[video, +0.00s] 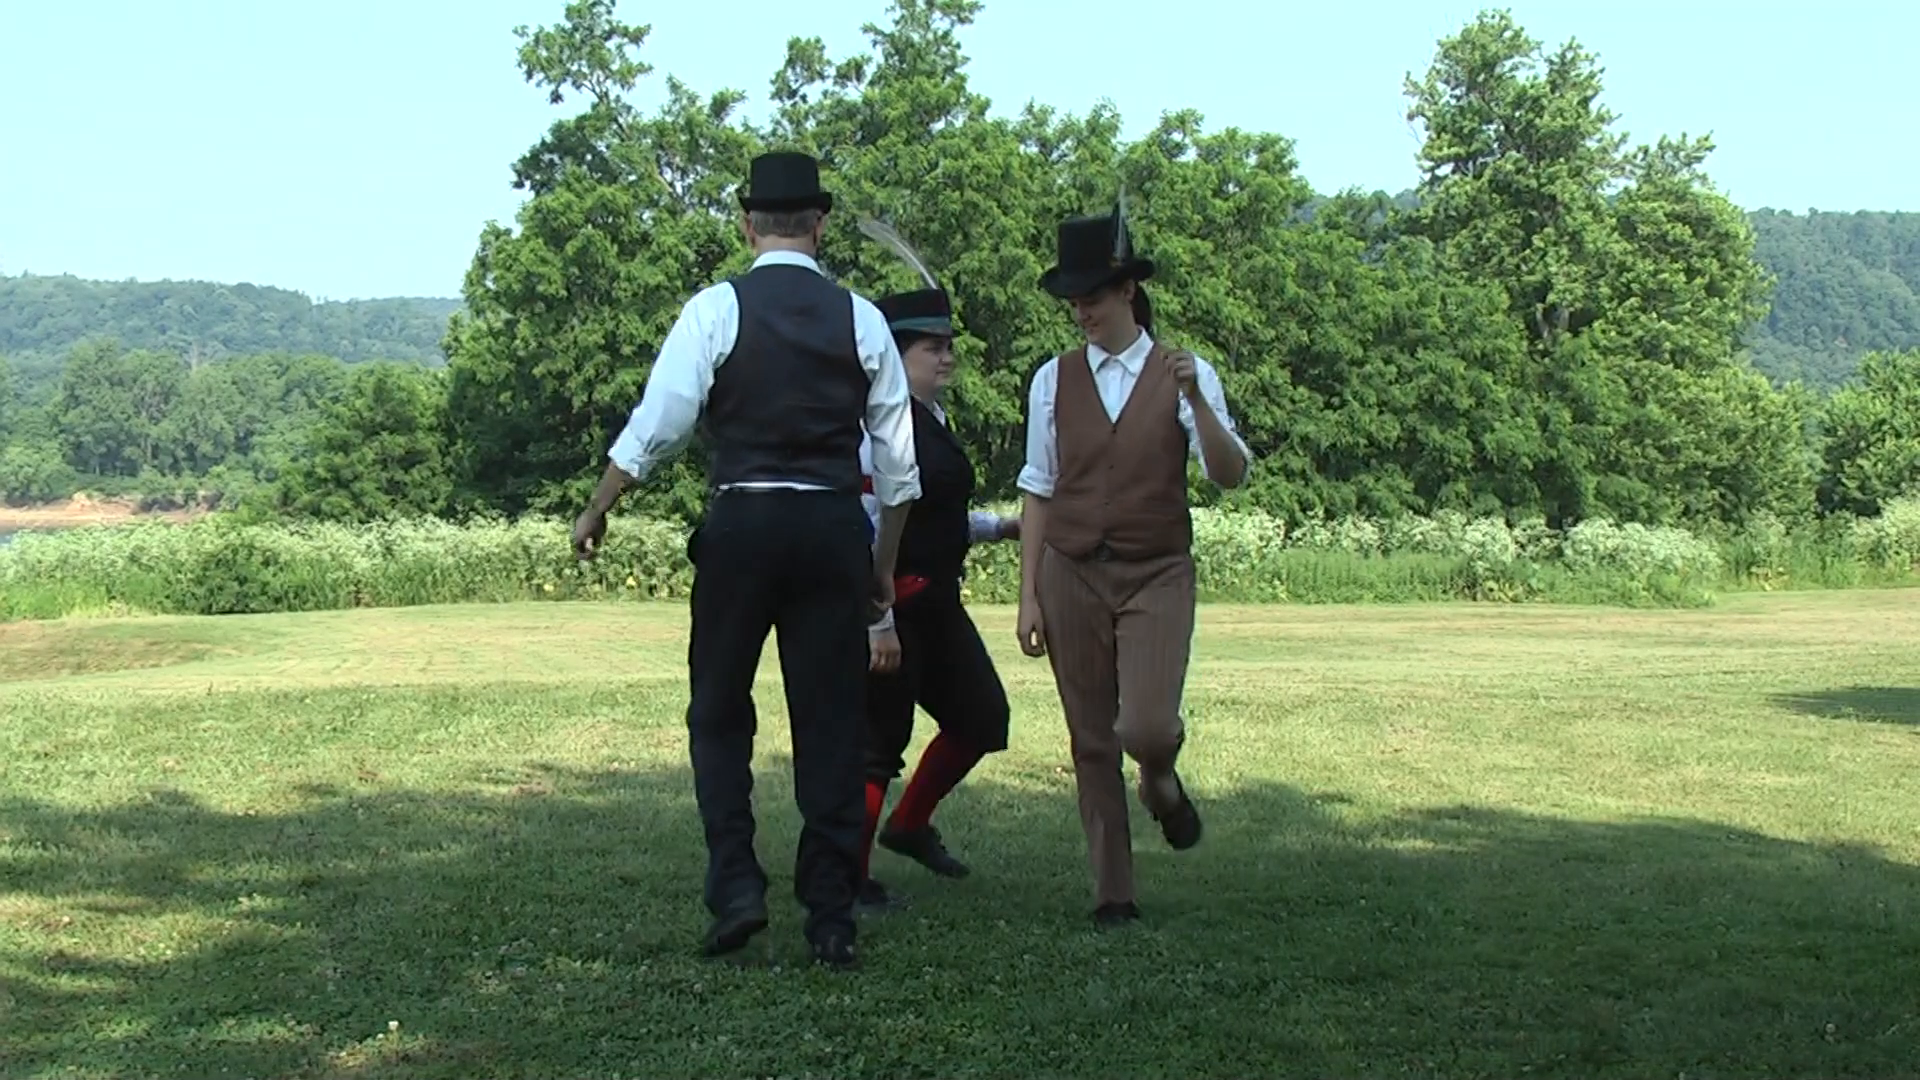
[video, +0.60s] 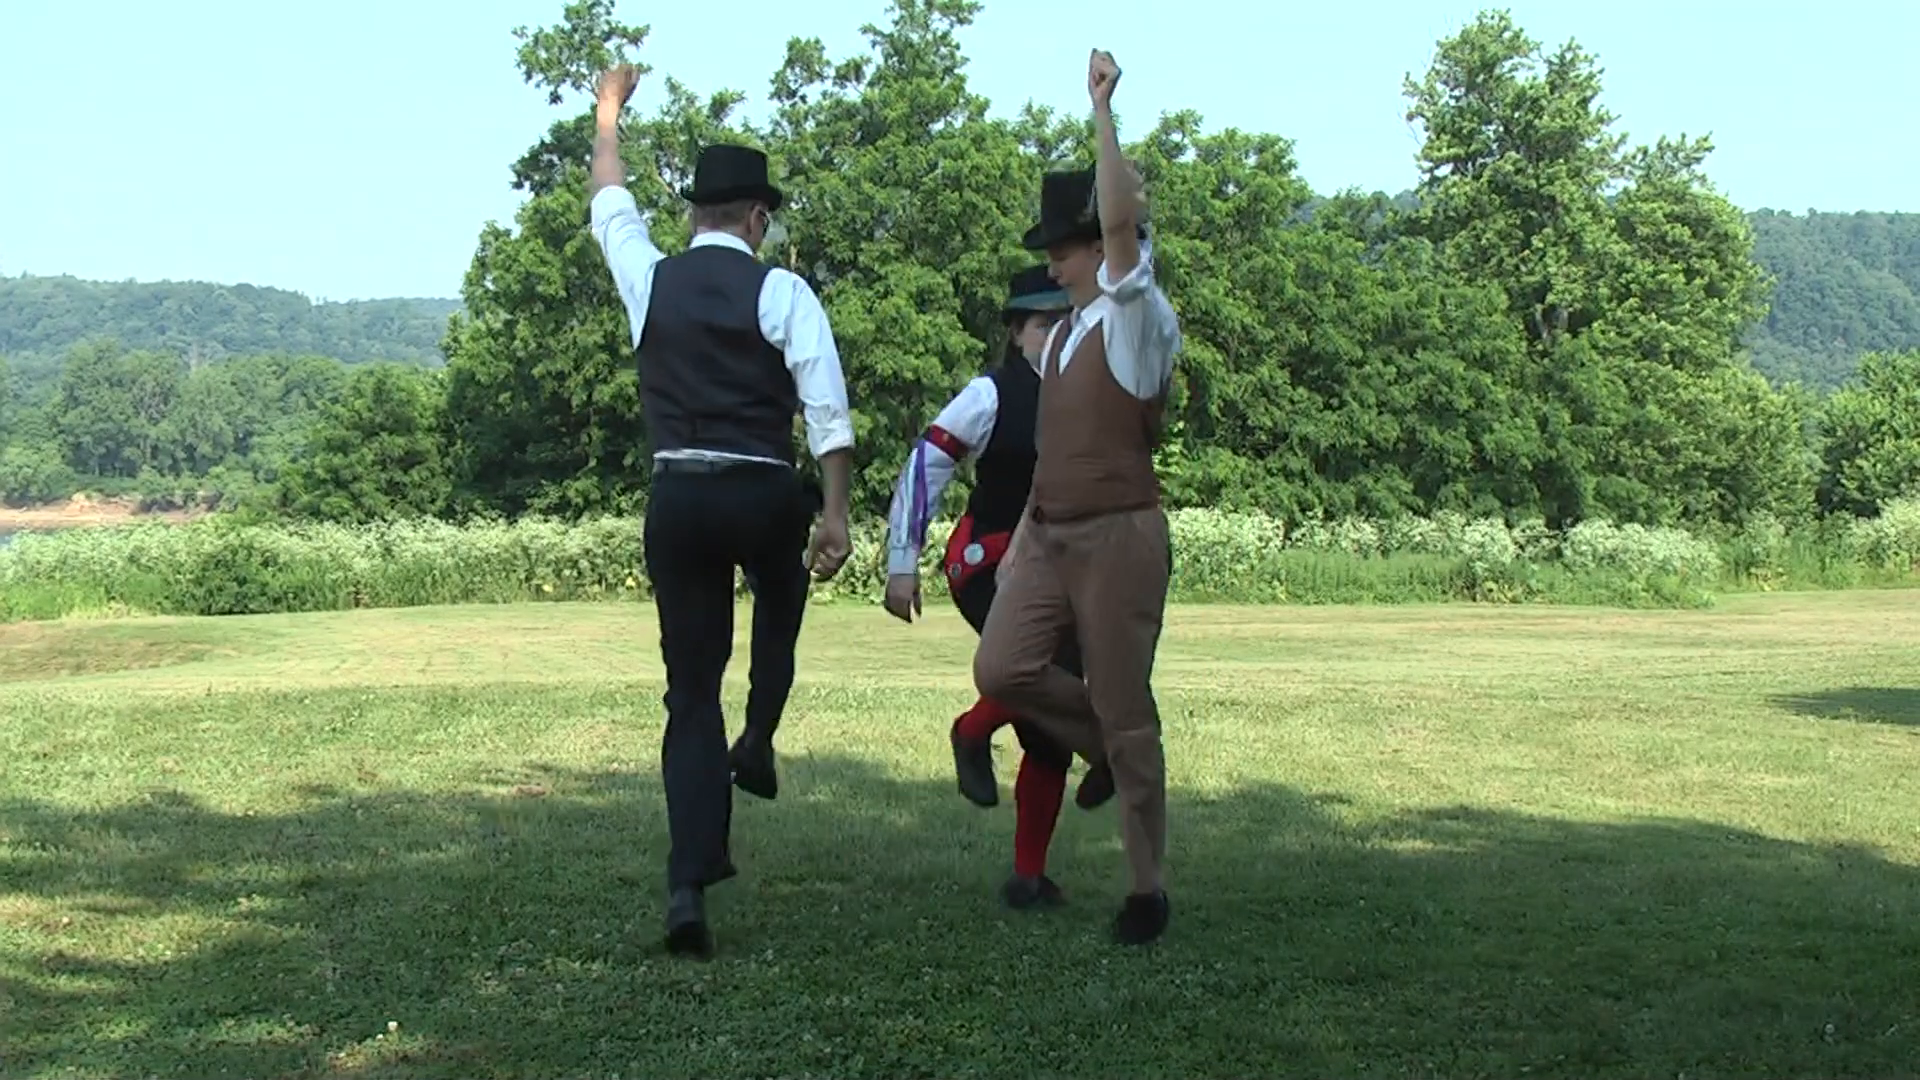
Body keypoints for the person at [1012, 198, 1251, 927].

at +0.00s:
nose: (1084, 312)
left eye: (1094, 298)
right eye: (1075, 302)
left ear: (1131, 290)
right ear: (1069, 306)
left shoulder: (1187, 372)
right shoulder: (1052, 380)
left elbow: (1230, 475)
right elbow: (1036, 491)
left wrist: (1197, 404)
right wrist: (1029, 592)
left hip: (1158, 574)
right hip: (1069, 574)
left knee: (1150, 732)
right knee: (1093, 743)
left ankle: (1161, 792)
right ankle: (1113, 896)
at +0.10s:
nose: (1083, 311)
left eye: (1096, 296)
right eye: (1074, 301)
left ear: (1132, 291)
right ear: (1068, 304)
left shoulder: (1178, 368)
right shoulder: (1050, 379)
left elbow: (1236, 420)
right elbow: (1037, 491)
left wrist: (1197, 328)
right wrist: (1028, 592)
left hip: (1156, 569)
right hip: (1069, 571)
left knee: (1131, 715)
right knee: (1091, 743)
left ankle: (1159, 769)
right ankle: (1114, 894)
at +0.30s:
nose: (1081, 308)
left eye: (1094, 293)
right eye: (1074, 295)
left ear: (1134, 291)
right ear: (1067, 297)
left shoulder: (1175, 363)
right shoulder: (1056, 371)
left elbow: (1215, 296)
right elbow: (1037, 485)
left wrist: (1192, 198)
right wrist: (1026, 586)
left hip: (1148, 577)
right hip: (1068, 578)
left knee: (1115, 749)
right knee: (1083, 751)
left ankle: (1142, 908)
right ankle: (1116, 899)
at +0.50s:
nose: (1066, 295)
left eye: (1077, 282)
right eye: (1063, 284)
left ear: (1117, 281)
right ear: (1071, 290)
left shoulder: (1147, 351)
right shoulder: (1063, 370)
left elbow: (1150, 263)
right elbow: (1044, 482)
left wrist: (1144, 152)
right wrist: (1018, 567)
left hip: (1136, 577)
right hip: (1061, 580)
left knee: (1119, 756)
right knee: (1019, 716)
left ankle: (1136, 916)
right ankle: (1112, 803)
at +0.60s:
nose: (1058, 262)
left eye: (1066, 250)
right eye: (1053, 252)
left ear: (1102, 244)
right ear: (1061, 256)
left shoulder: (1136, 311)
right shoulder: (1061, 329)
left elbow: (1124, 220)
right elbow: (1057, 437)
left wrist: (1102, 112)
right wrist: (1029, 530)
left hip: (1120, 536)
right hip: (1045, 533)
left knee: (1122, 715)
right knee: (1003, 672)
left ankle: (1147, 891)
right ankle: (1113, 739)